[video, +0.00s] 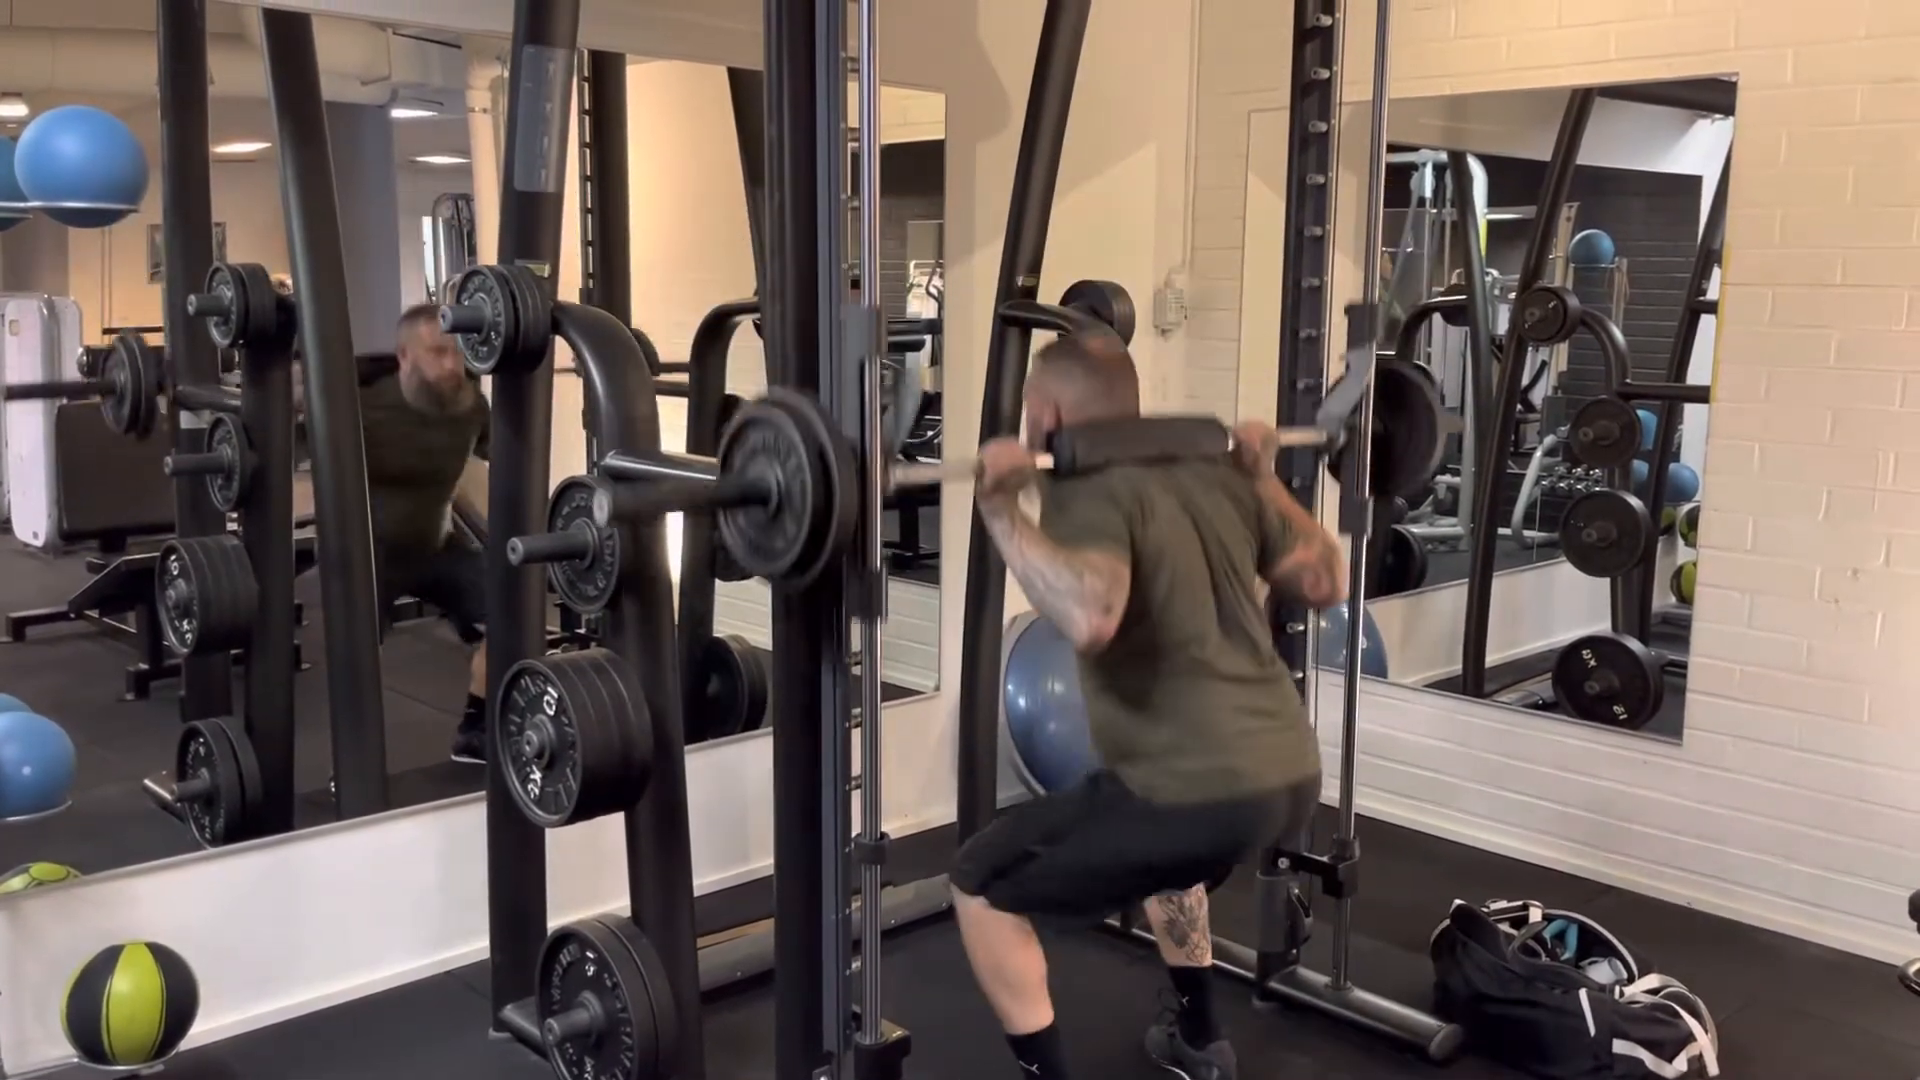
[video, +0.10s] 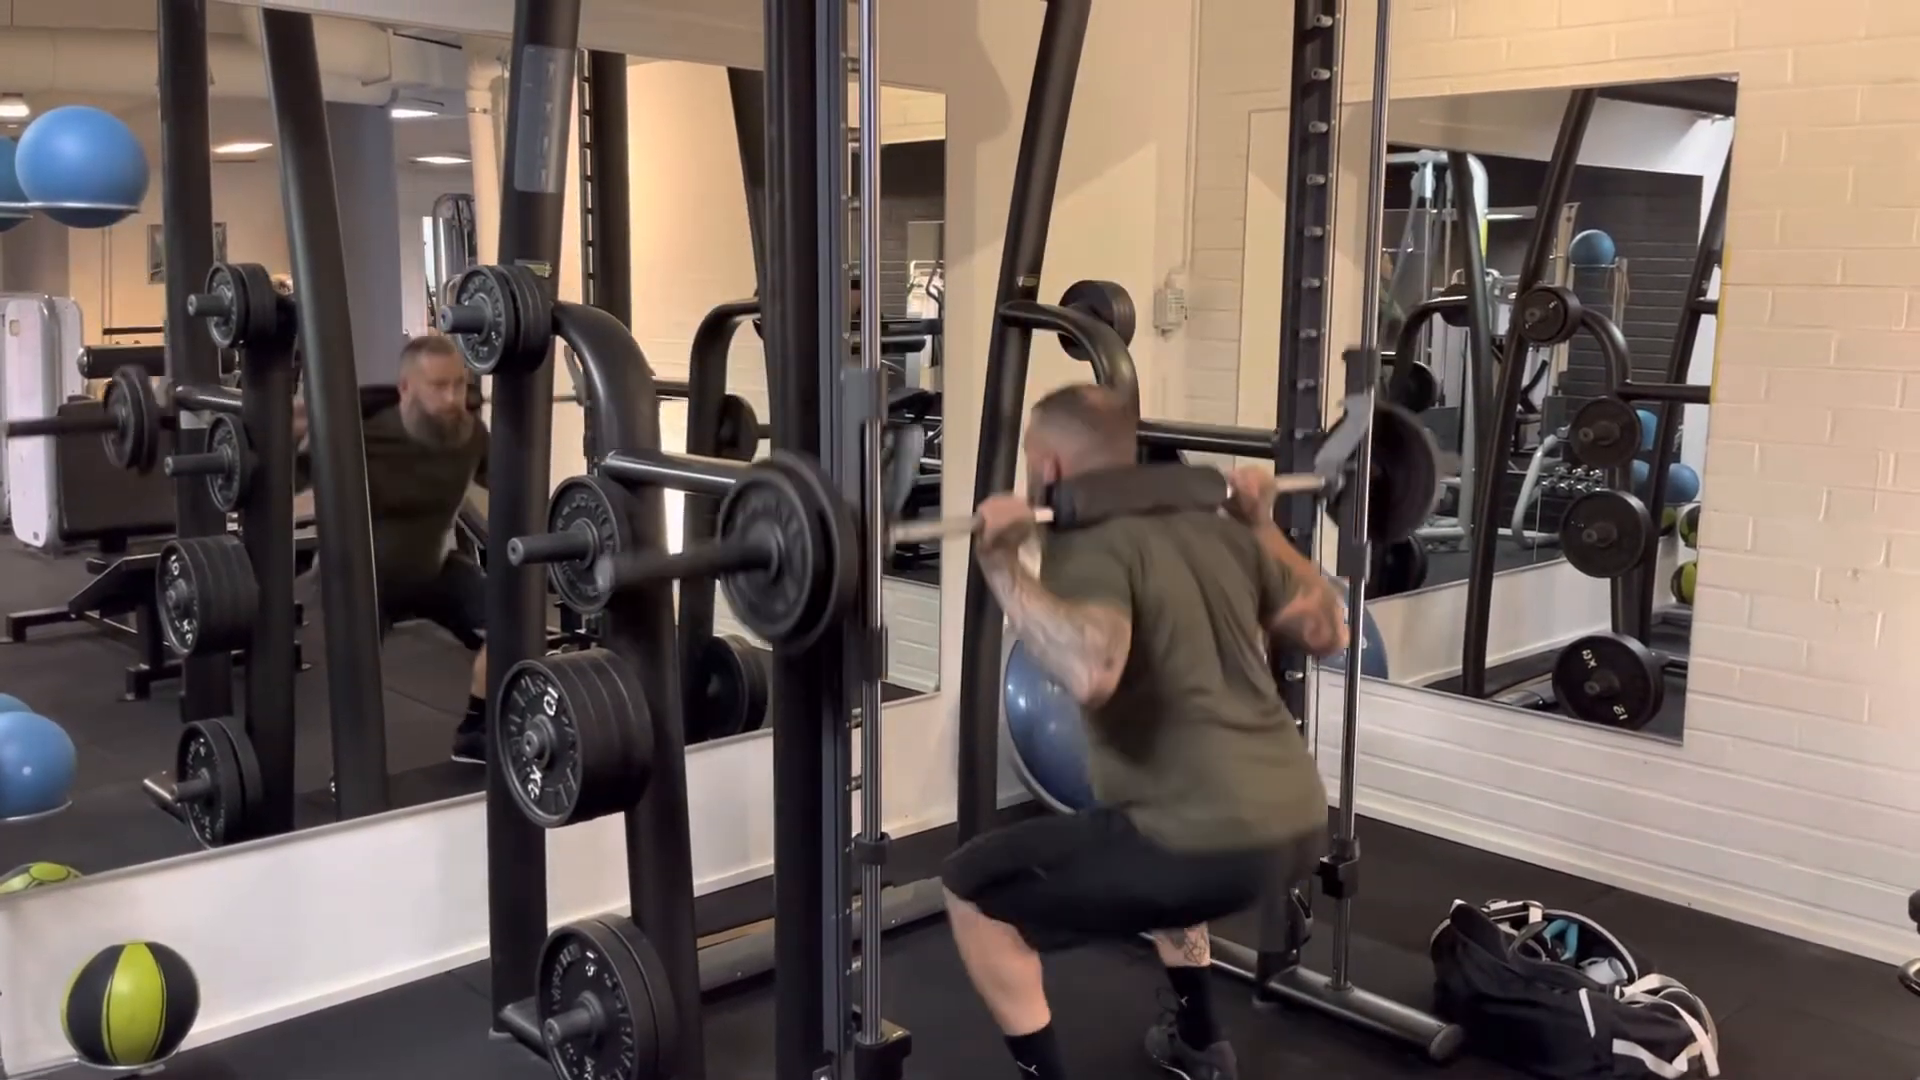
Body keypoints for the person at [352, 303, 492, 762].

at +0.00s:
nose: (453, 365)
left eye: (457, 350)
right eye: (438, 351)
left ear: (467, 353)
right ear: (405, 358)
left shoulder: (471, 408)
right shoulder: (363, 412)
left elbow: (500, 448)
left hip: (436, 551)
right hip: (367, 556)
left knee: (509, 604)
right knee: (352, 644)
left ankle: (477, 726)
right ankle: (353, 756)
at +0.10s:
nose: (454, 399)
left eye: (462, 385)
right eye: (440, 386)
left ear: (469, 386)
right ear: (405, 389)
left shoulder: (472, 437)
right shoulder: (360, 432)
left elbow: (502, 479)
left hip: (435, 573)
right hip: (363, 576)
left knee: (507, 614)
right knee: (351, 656)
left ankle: (477, 730)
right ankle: (352, 764)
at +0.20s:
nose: (455, 427)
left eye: (461, 413)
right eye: (441, 414)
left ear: (469, 414)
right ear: (406, 417)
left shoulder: (476, 465)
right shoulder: (358, 460)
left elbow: (518, 507)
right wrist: (287, 462)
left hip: (434, 596)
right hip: (359, 600)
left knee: (508, 615)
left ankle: (477, 729)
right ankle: (352, 759)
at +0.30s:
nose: (454, 451)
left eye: (462, 437)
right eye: (441, 438)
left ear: (470, 435)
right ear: (408, 439)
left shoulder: (477, 485)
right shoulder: (363, 485)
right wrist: (292, 492)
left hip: (435, 616)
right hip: (365, 620)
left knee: (509, 617)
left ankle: (477, 729)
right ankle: (352, 761)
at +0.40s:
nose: (456, 470)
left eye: (463, 456)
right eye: (442, 458)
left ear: (471, 454)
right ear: (410, 458)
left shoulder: (478, 504)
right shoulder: (363, 513)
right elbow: (283, 566)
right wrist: (289, 514)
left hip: (437, 628)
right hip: (370, 635)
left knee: (511, 619)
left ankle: (479, 728)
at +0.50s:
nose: (457, 484)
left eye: (464, 470)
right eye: (443, 472)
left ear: (472, 468)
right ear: (410, 472)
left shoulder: (478, 516)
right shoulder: (364, 526)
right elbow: (289, 569)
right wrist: (291, 527)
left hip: (441, 634)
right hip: (375, 644)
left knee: (513, 624)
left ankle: (478, 729)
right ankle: (354, 769)